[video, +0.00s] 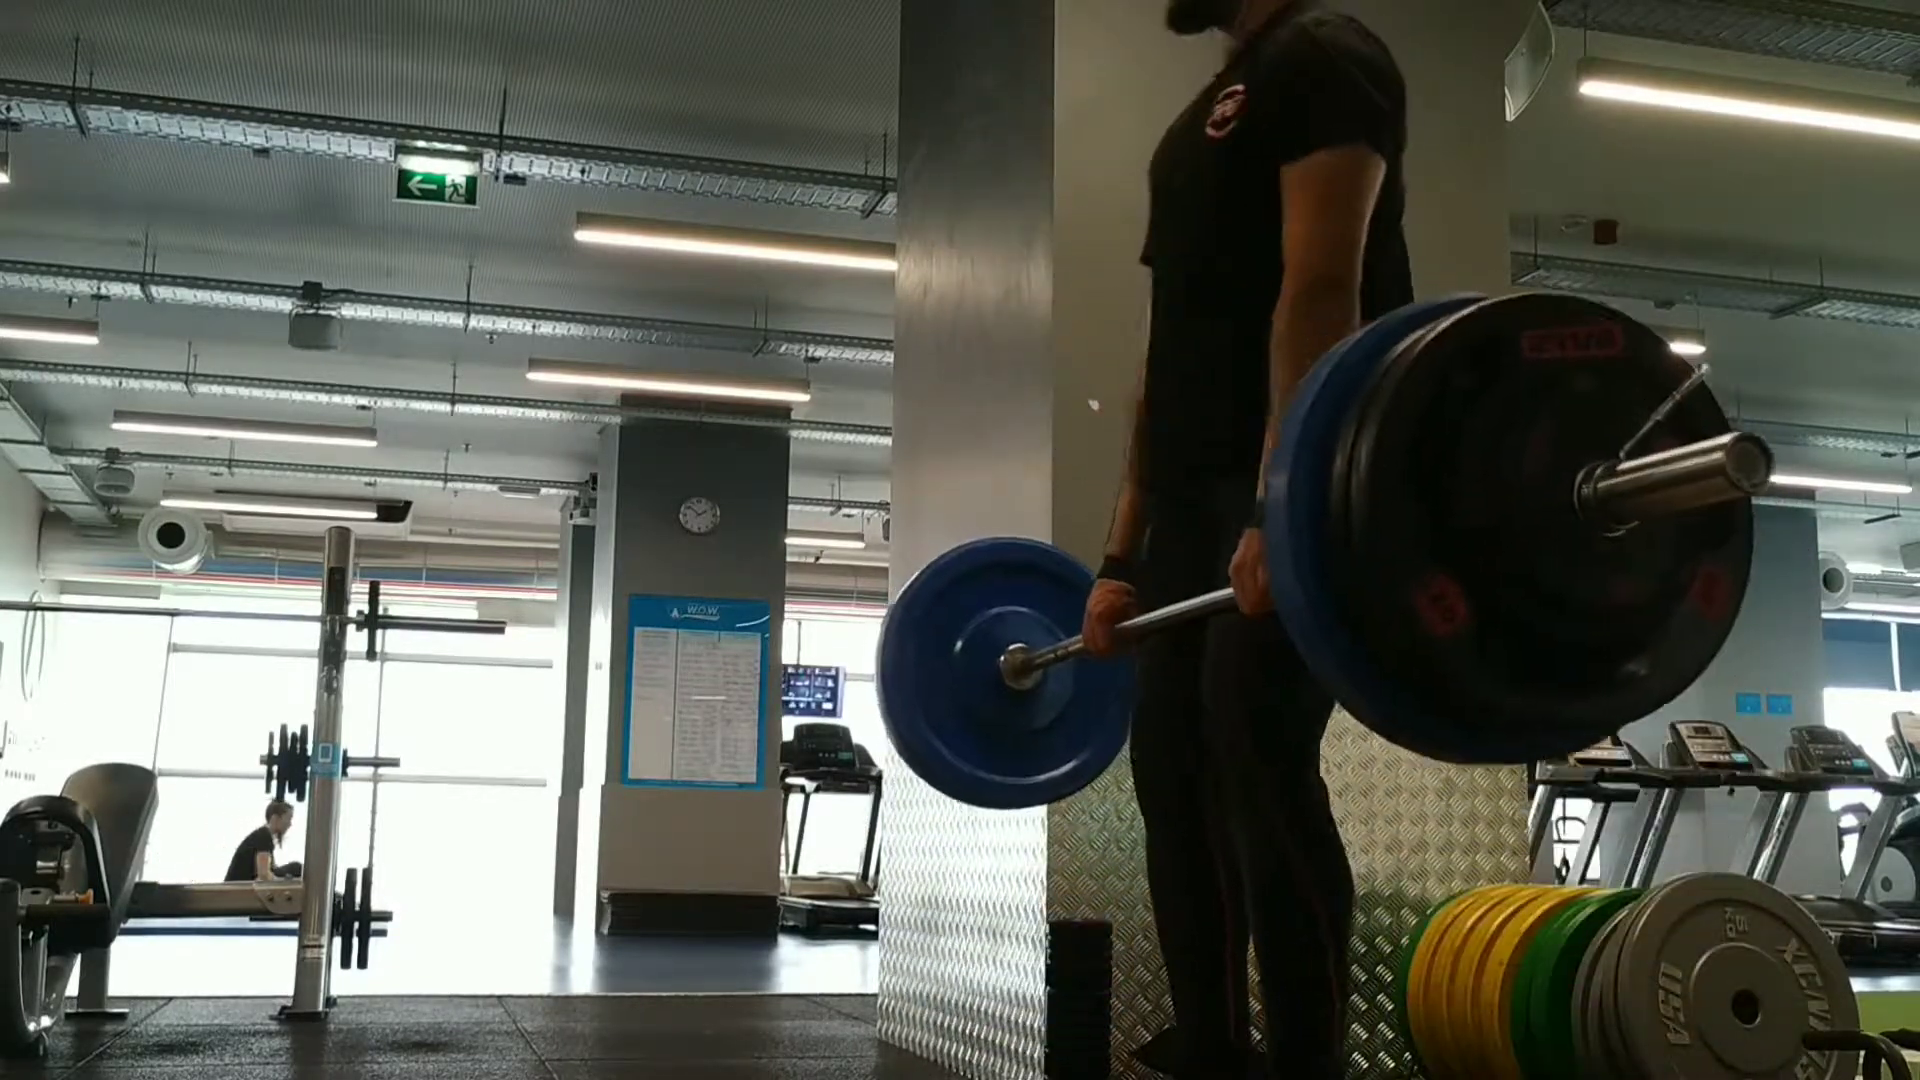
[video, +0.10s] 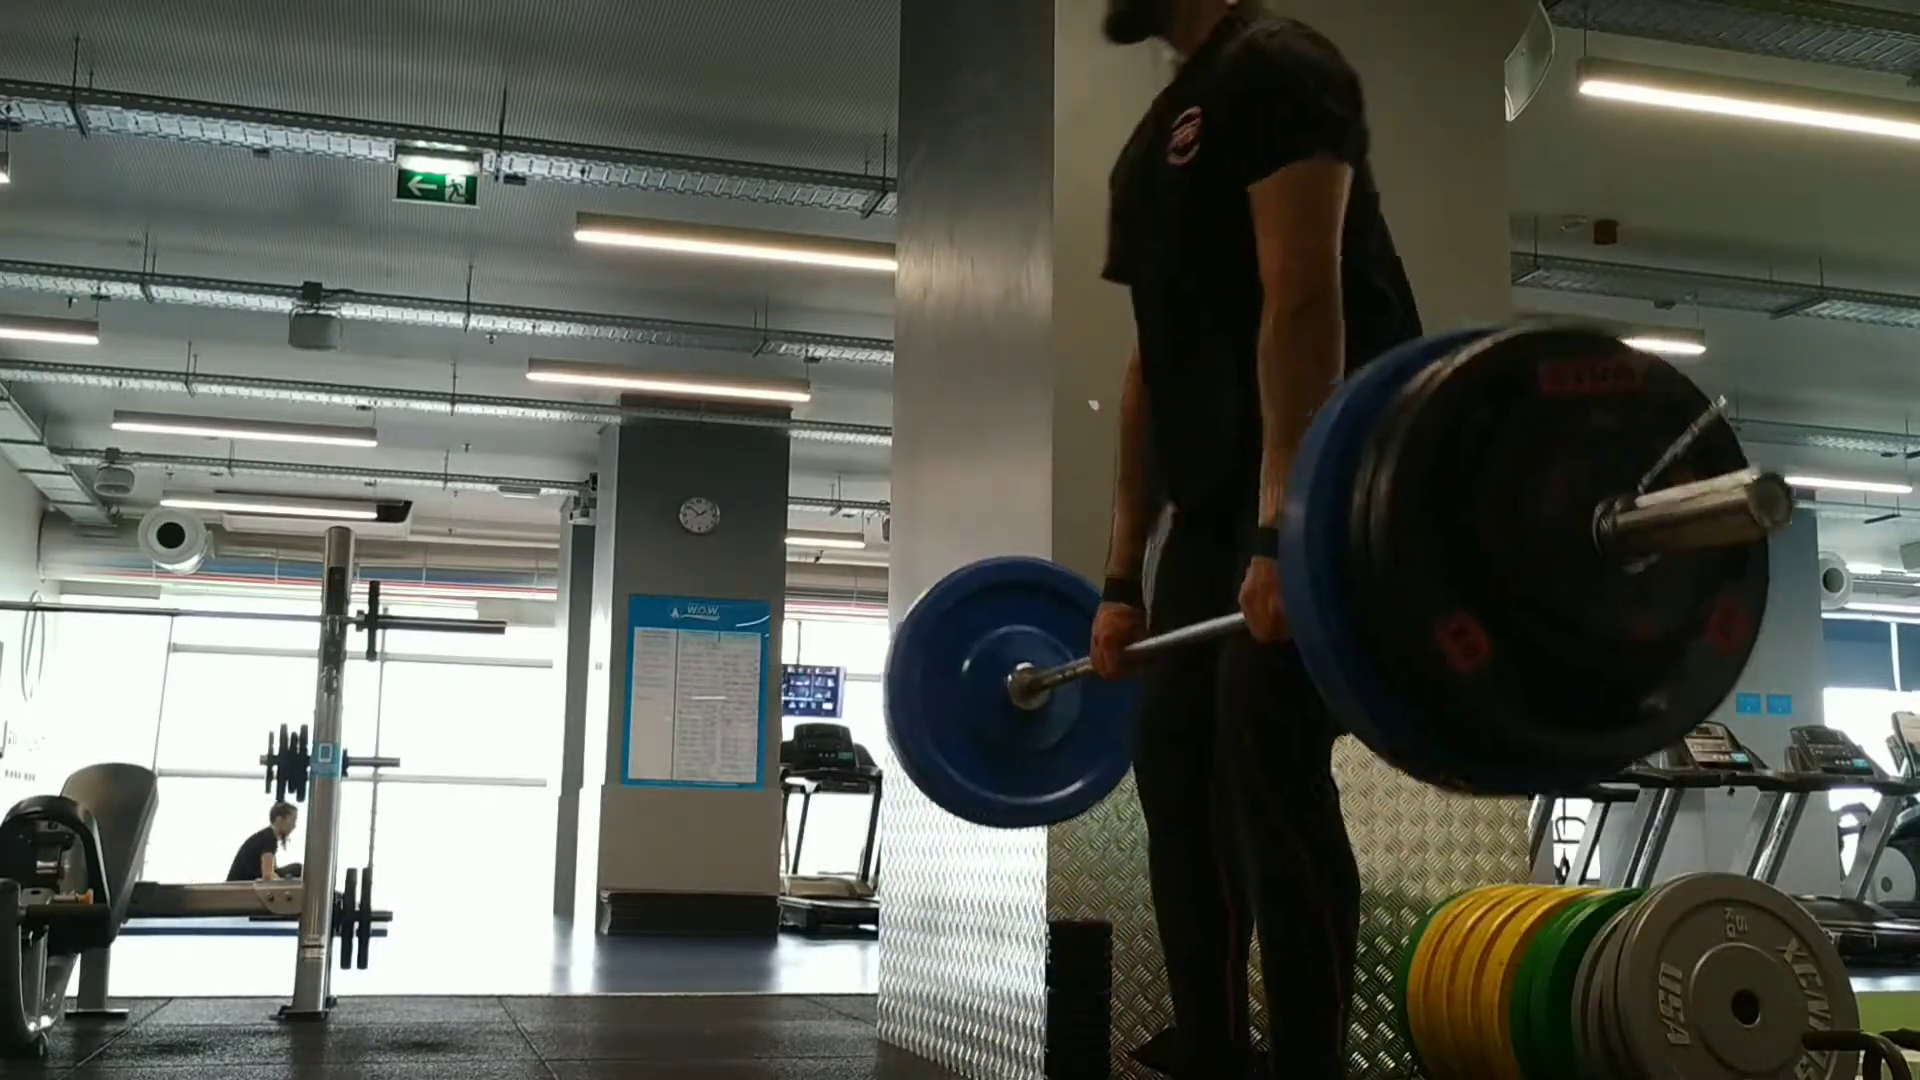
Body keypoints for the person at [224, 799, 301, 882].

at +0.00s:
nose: (290, 824)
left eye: (290, 819)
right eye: (288, 819)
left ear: (274, 818)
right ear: (275, 818)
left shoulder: (266, 835)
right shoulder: (264, 835)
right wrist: (283, 886)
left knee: (295, 867)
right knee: (295, 867)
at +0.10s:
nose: (294, 826)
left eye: (294, 821)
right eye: (292, 820)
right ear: (279, 819)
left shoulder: (270, 837)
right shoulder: (268, 837)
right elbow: (268, 875)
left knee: (296, 867)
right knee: (296, 868)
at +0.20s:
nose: (297, 827)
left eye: (298, 822)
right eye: (295, 821)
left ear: (282, 822)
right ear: (282, 821)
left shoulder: (273, 839)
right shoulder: (270, 839)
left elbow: (269, 874)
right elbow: (267, 876)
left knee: (297, 869)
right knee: (297, 869)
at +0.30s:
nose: (298, 827)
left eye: (299, 822)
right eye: (296, 821)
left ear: (282, 822)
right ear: (283, 822)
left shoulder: (274, 841)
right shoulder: (271, 840)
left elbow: (269, 873)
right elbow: (265, 876)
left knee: (297, 869)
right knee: (297, 869)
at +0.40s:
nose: (298, 826)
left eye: (298, 821)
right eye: (295, 821)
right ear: (281, 821)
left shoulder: (275, 840)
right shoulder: (270, 840)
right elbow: (265, 877)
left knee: (297, 869)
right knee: (297, 869)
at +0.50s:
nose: (296, 825)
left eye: (296, 820)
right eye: (294, 819)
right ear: (280, 820)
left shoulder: (274, 840)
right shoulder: (268, 838)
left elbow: (271, 872)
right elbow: (262, 875)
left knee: (297, 869)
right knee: (297, 869)